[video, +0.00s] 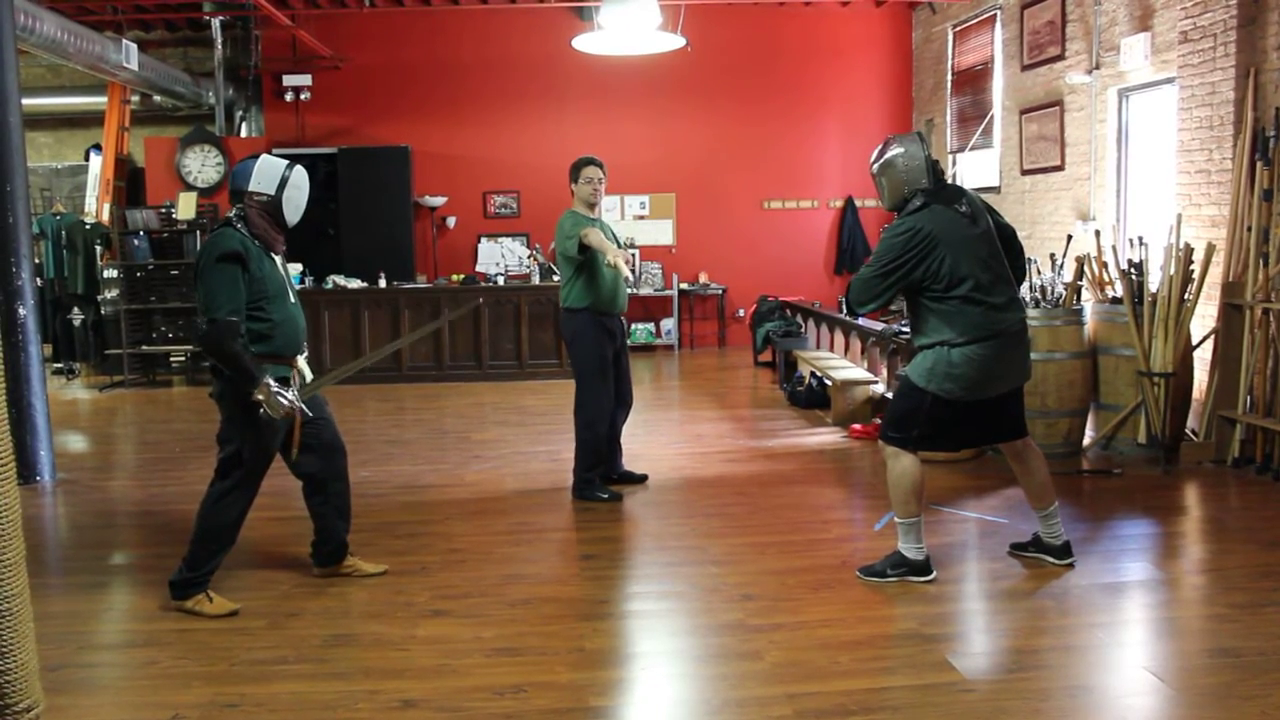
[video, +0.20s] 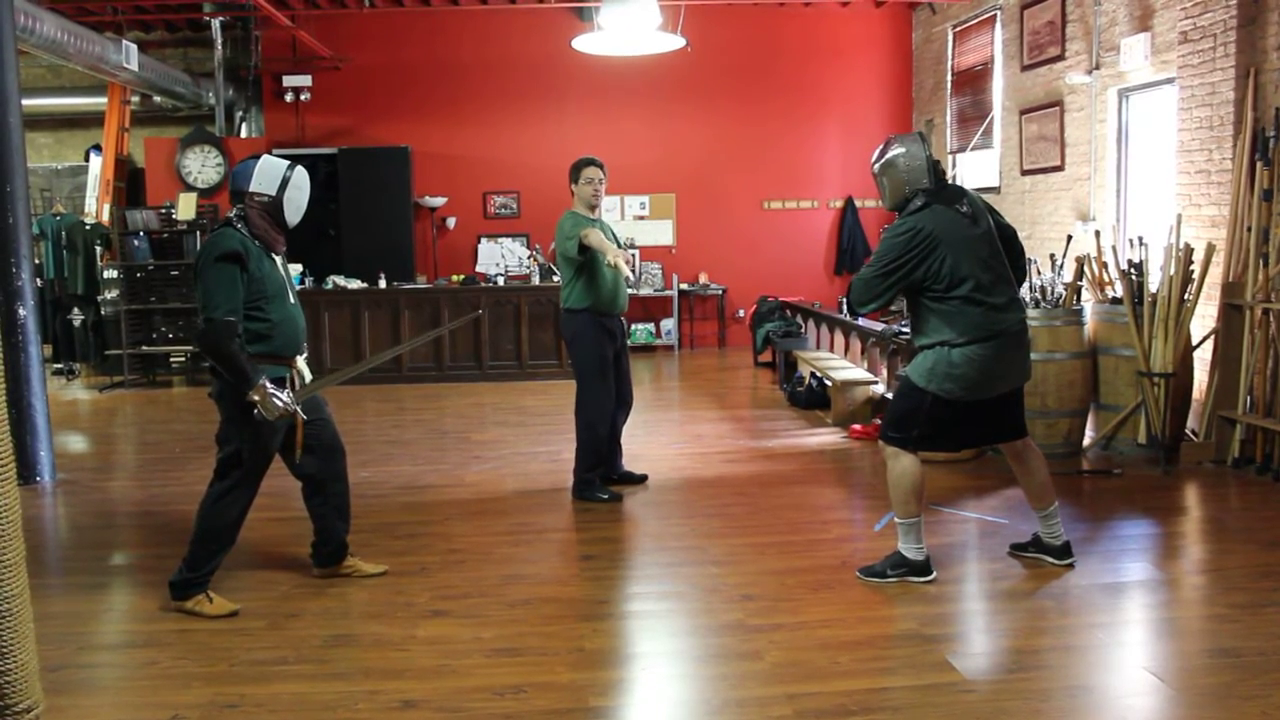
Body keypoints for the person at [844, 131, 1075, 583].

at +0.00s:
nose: (881, 193)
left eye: (882, 182)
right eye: (880, 183)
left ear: (899, 179)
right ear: (928, 172)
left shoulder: (910, 228)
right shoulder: (974, 206)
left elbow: (859, 296)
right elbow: (1016, 259)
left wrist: (888, 277)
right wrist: (992, 298)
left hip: (954, 356)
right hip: (1009, 348)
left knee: (898, 439)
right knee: (1016, 440)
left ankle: (911, 554)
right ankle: (1054, 539)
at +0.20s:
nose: (881, 193)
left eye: (883, 182)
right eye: (880, 183)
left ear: (901, 179)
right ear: (929, 172)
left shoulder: (911, 228)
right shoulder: (975, 206)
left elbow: (860, 297)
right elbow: (1017, 260)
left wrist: (891, 276)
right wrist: (992, 299)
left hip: (955, 355)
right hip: (1009, 348)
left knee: (898, 438)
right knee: (1015, 440)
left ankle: (912, 555)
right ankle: (1054, 539)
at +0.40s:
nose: (881, 192)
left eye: (883, 182)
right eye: (881, 182)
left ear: (900, 179)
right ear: (929, 172)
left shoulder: (911, 229)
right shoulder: (976, 206)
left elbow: (860, 297)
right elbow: (1017, 262)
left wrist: (891, 275)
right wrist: (988, 296)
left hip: (955, 355)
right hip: (1009, 348)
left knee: (897, 438)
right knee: (1015, 440)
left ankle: (912, 555)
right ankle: (1054, 539)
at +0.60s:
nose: (881, 193)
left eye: (883, 182)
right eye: (881, 183)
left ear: (901, 179)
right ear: (929, 172)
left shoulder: (911, 228)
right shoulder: (976, 207)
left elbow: (860, 297)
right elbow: (1017, 263)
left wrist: (891, 274)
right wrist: (987, 298)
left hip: (955, 355)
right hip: (1009, 349)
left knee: (898, 439)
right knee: (1015, 441)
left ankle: (912, 555)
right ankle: (1054, 540)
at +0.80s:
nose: (881, 193)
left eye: (883, 182)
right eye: (881, 183)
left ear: (901, 179)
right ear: (928, 172)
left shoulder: (911, 228)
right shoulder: (976, 206)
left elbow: (859, 297)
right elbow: (1017, 262)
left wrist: (891, 275)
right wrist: (990, 300)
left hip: (954, 355)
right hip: (1009, 349)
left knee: (898, 440)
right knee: (1015, 441)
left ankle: (912, 556)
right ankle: (1054, 540)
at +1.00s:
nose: (882, 193)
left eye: (883, 182)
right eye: (881, 183)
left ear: (901, 178)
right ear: (928, 171)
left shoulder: (911, 228)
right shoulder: (976, 206)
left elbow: (859, 296)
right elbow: (1017, 262)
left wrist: (889, 276)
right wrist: (990, 300)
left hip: (954, 355)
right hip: (1008, 348)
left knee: (898, 440)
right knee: (1015, 441)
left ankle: (912, 556)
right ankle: (1054, 540)